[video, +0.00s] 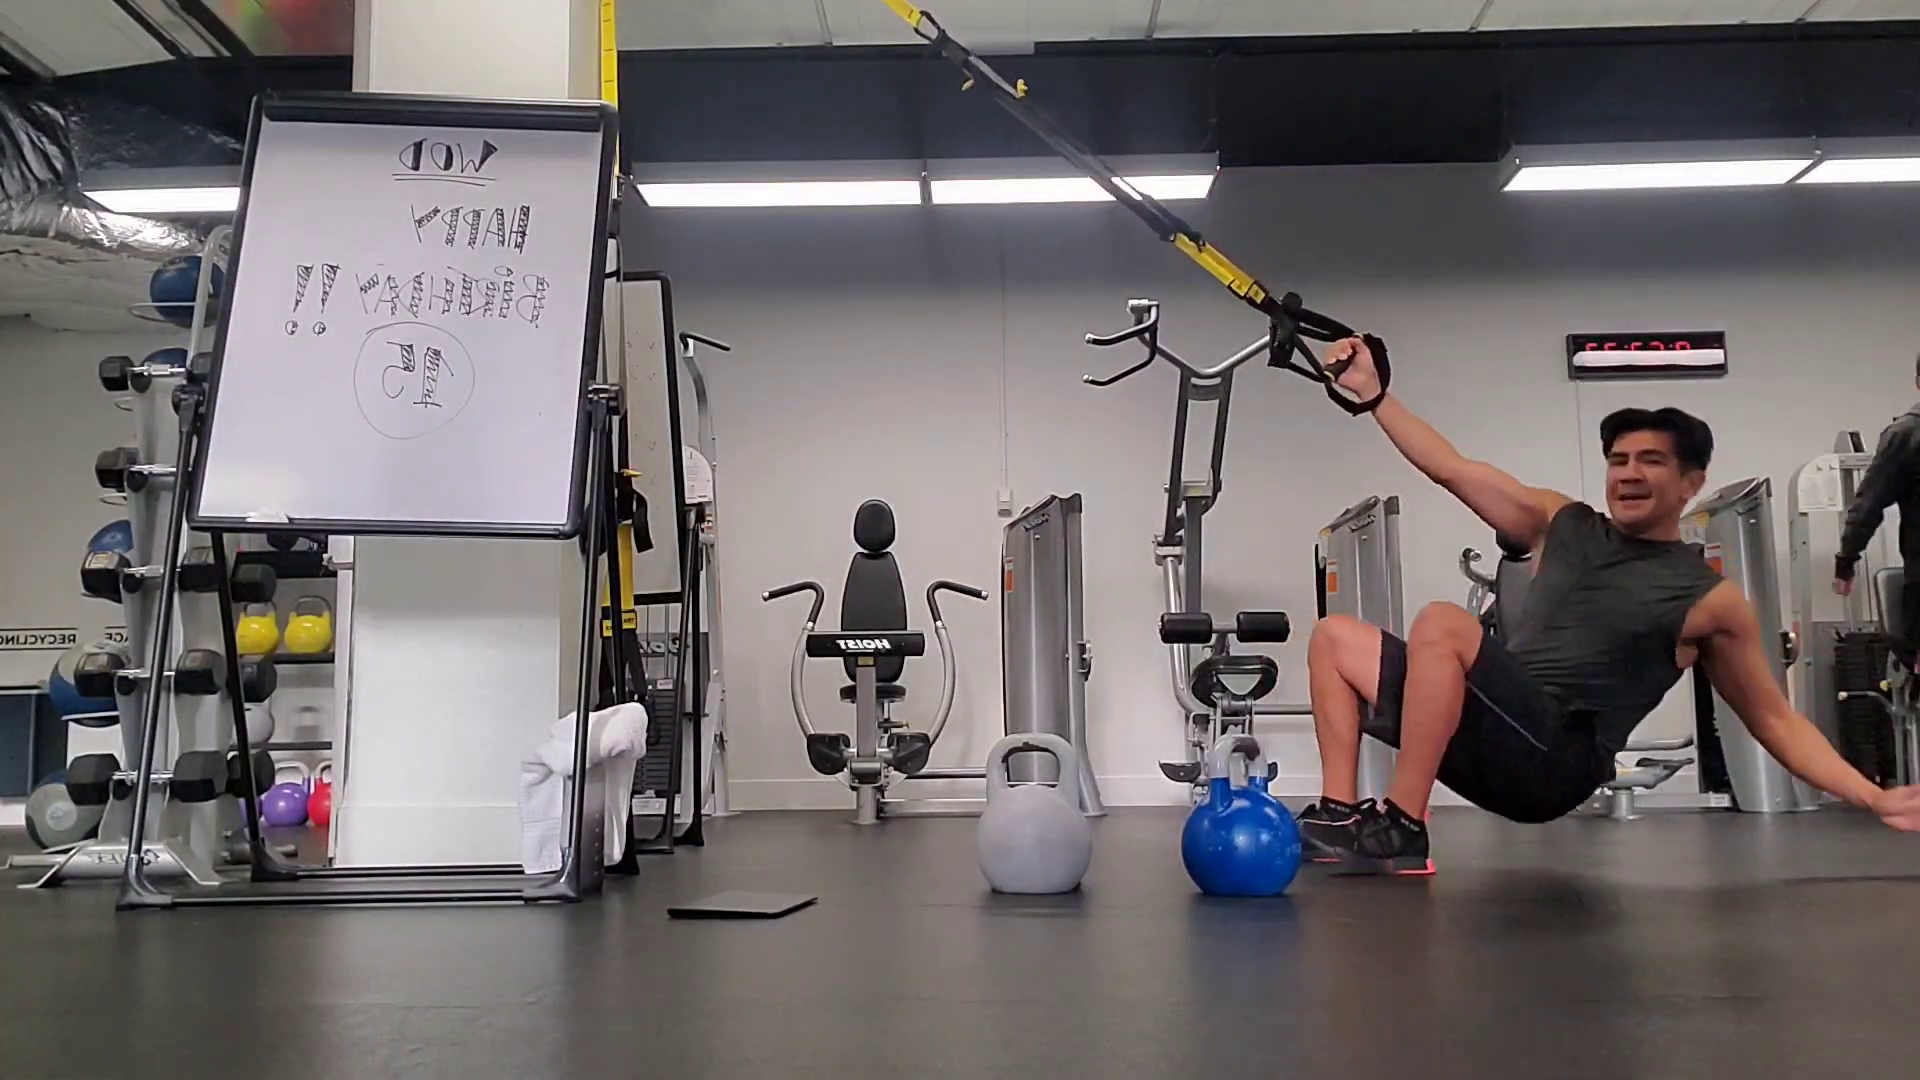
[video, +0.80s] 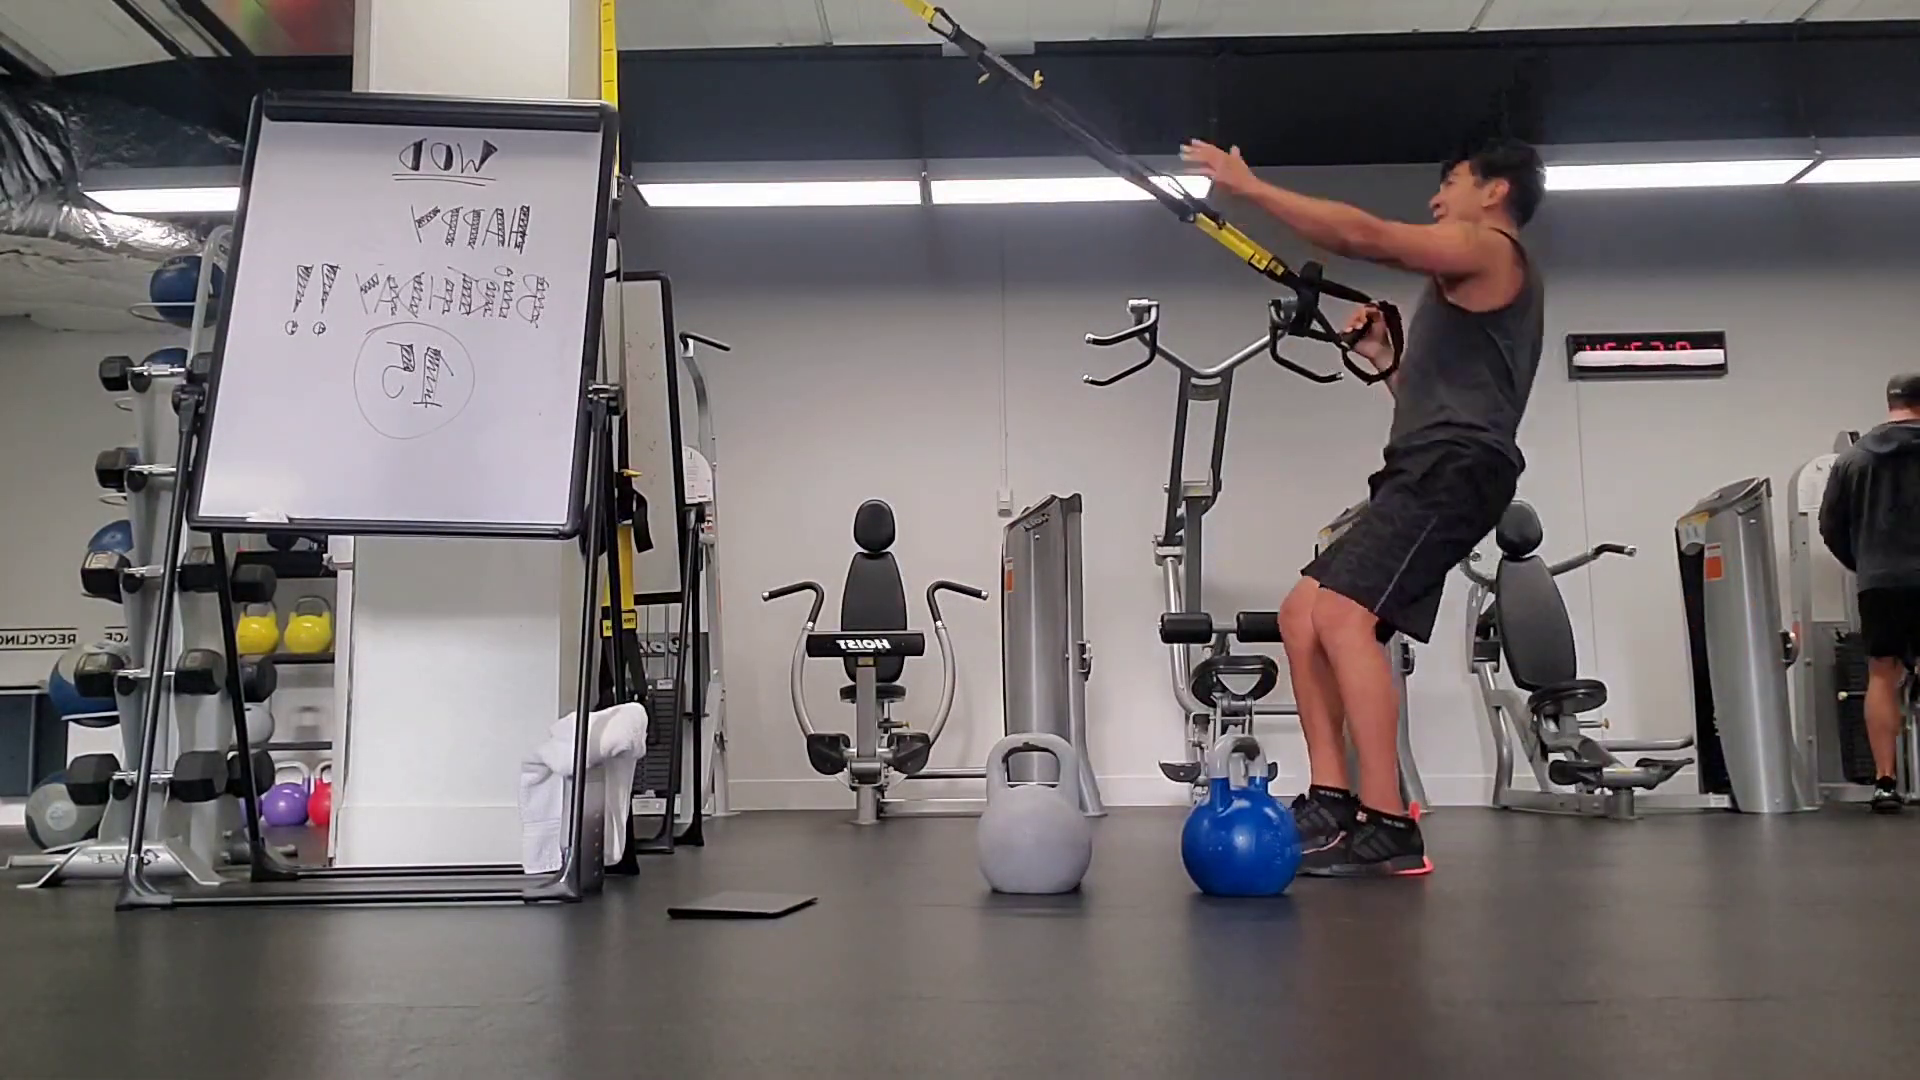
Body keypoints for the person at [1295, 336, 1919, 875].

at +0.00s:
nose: (1629, 473)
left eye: (1650, 462)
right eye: (1618, 461)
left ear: (1692, 482)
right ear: (1603, 471)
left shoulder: (1711, 597)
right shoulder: (1558, 522)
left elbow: (1776, 721)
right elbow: (1450, 468)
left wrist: (1877, 800)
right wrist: (1375, 399)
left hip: (1563, 758)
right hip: (1482, 731)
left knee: (1444, 625)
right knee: (1334, 636)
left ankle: (1403, 823)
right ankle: (1341, 812)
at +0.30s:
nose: (1610, 465)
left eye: (1631, 454)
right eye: (1600, 454)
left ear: (1673, 473)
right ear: (1588, 469)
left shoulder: (1688, 585)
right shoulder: (1546, 524)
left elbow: (1762, 706)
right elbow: (1439, 482)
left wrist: (1870, 780)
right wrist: (1362, 413)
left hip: (1544, 741)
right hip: (1471, 714)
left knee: (1409, 620)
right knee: (1321, 638)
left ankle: (1398, 827)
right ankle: (1338, 813)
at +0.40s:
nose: (1576, 412)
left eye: (1597, 398)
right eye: (1573, 403)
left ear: (1649, 421)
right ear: (1568, 421)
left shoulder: (1664, 518)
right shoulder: (1538, 494)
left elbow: (1707, 627)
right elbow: (1434, 474)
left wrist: (1759, 690)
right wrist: (1368, 406)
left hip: (1535, 692)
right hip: (1472, 681)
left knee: (1372, 620)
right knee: (1303, 638)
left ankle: (1396, 824)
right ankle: (1336, 810)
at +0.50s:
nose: (1541, 358)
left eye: (1558, 342)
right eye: (1541, 349)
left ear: (1611, 357)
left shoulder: (1626, 443)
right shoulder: (1529, 453)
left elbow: (1621, 538)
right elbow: (1432, 465)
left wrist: (1595, 557)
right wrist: (1373, 392)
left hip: (1520, 631)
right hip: (1467, 623)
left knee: (1341, 629)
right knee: (1286, 638)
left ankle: (1391, 825)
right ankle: (1333, 811)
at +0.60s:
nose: (1506, 300)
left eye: (1522, 284)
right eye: (1511, 287)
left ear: (1574, 297)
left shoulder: (1582, 371)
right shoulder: (1519, 386)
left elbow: (1526, 423)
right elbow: (1428, 454)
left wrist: (1428, 399)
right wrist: (1378, 381)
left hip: (1499, 571)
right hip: (1453, 564)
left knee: (1328, 629)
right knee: (1281, 636)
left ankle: (1389, 824)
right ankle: (1334, 809)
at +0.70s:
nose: (1470, 243)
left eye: (1486, 228)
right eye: (1475, 231)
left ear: (1534, 238)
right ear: (1529, 242)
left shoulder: (1541, 305)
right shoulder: (1498, 326)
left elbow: (1439, 312)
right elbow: (1439, 439)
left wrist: (1323, 271)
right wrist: (1386, 380)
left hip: (1479, 508)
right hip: (1436, 509)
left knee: (1330, 622)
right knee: (1289, 630)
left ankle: (1388, 824)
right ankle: (1337, 812)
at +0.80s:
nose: (1436, 195)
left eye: (1451, 181)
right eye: (1441, 183)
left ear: (1495, 192)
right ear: (1490, 196)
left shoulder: (1491, 247)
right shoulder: (1474, 271)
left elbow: (1365, 237)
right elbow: (1440, 407)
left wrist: (1252, 186)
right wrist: (1389, 363)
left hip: (1458, 460)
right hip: (1421, 463)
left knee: (1344, 617)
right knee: (1301, 612)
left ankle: (1389, 824)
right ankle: (1332, 804)